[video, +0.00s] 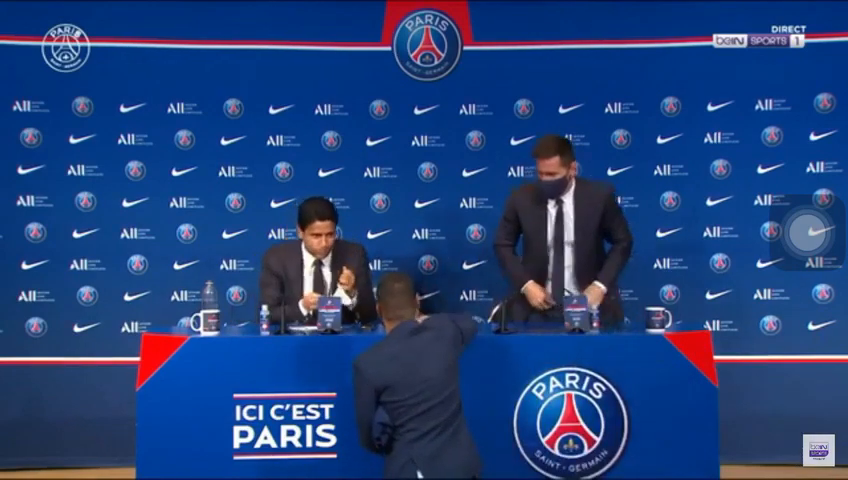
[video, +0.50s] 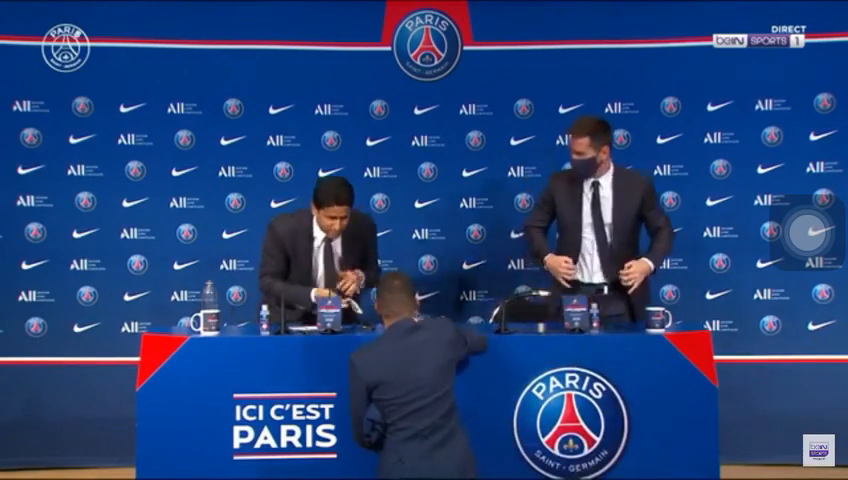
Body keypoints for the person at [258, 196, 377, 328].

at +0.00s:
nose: (324, 243)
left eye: (329, 235)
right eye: (316, 236)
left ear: (336, 231)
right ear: (300, 232)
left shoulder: (353, 254)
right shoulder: (277, 257)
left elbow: (369, 316)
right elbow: (269, 314)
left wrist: (351, 294)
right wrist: (302, 308)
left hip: (343, 344)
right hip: (295, 345)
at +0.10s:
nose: (328, 248)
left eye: (333, 240)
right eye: (321, 240)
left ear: (339, 235)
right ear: (304, 235)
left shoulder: (355, 255)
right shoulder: (278, 258)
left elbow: (369, 317)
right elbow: (271, 316)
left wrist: (350, 293)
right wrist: (309, 304)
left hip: (344, 345)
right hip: (295, 346)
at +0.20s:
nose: (330, 246)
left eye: (335, 239)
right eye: (323, 239)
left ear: (341, 233)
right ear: (306, 233)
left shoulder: (357, 253)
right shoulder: (279, 258)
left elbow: (370, 316)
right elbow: (271, 316)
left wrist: (350, 293)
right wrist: (313, 303)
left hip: (345, 345)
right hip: (296, 345)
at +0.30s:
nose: (333, 241)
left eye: (338, 232)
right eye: (326, 233)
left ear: (345, 226)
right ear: (309, 226)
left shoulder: (359, 244)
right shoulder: (280, 249)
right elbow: (271, 307)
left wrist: (357, 294)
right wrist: (316, 302)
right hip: (297, 340)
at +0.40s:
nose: (334, 235)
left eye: (340, 227)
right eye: (328, 227)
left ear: (347, 220)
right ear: (312, 220)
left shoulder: (361, 237)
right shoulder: (282, 240)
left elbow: (372, 289)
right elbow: (270, 297)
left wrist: (358, 288)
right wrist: (315, 300)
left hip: (348, 334)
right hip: (298, 336)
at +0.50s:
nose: (337, 226)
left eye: (343, 218)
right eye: (331, 218)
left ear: (350, 212)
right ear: (315, 210)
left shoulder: (363, 226)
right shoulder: (283, 229)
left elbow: (373, 272)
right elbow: (268, 282)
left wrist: (361, 278)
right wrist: (312, 295)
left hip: (346, 326)